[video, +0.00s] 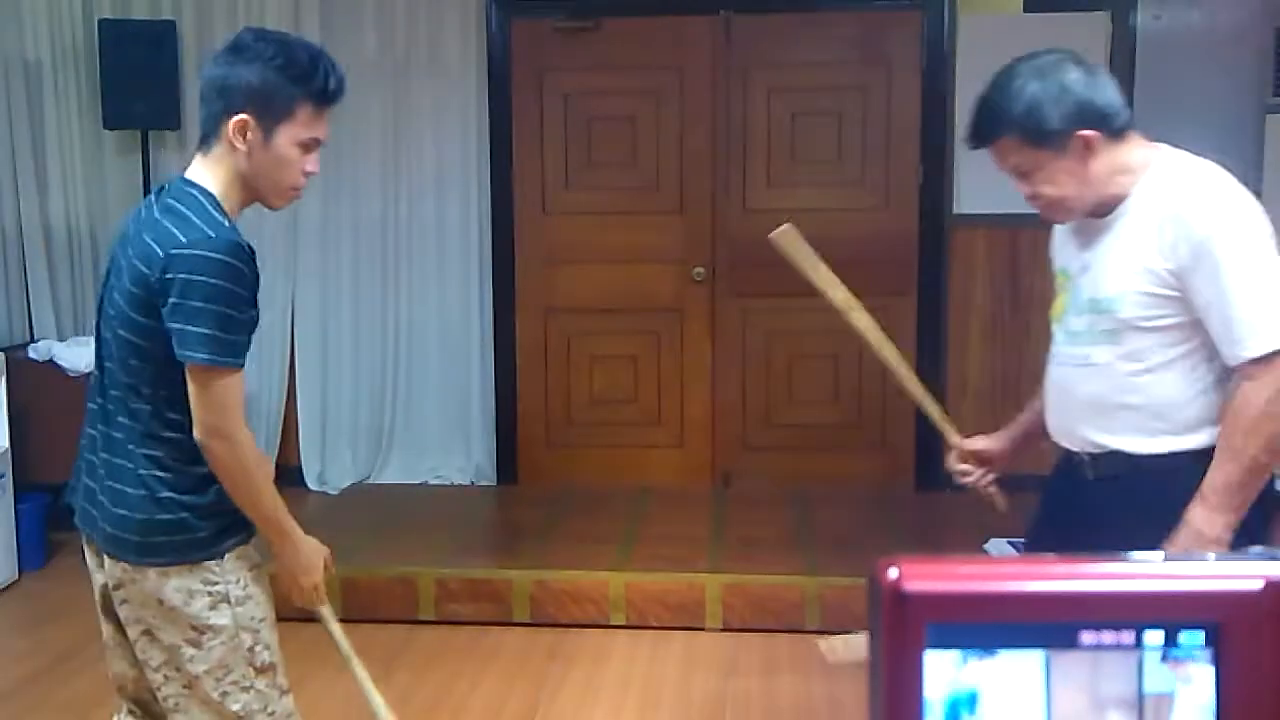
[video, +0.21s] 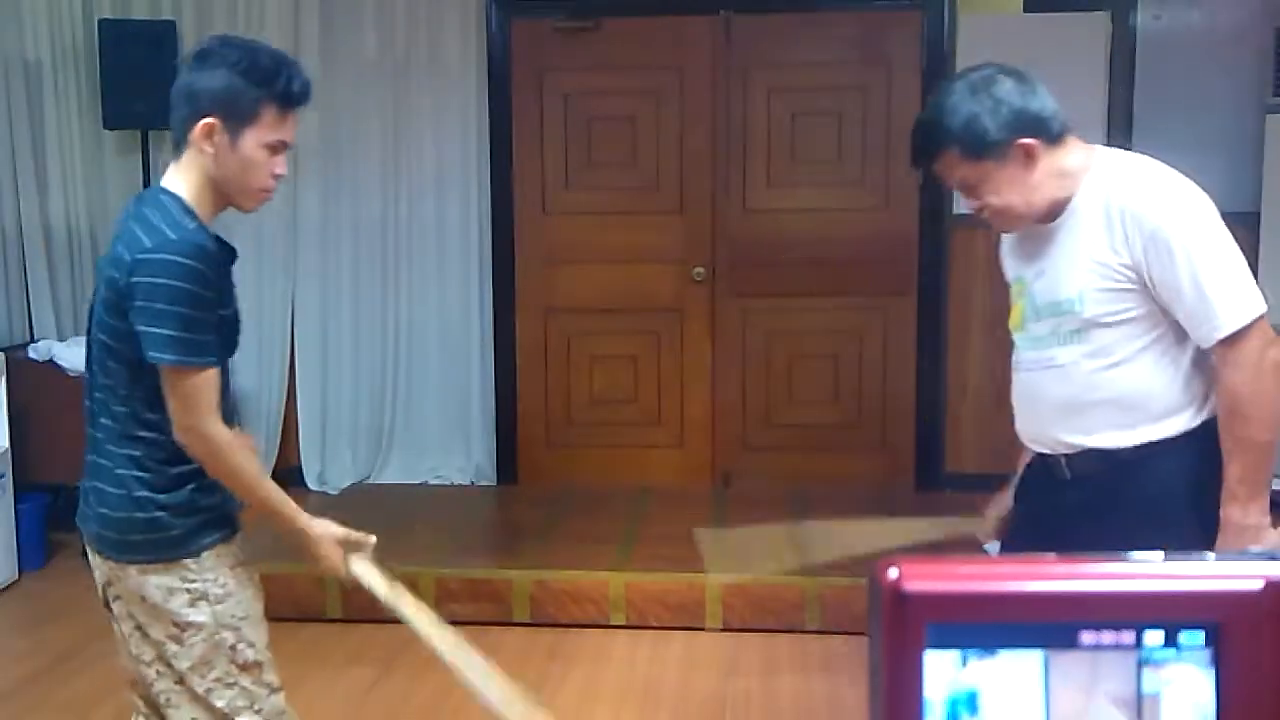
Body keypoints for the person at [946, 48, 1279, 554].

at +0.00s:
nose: (1026, 195)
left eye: (1030, 176)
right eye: (1017, 180)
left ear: (1086, 145)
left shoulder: (1207, 209)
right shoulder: (1075, 219)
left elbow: (1268, 377)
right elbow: (1085, 363)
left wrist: (1207, 527)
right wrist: (1010, 443)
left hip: (1174, 493)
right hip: (1074, 488)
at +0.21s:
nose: (972, 209)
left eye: (974, 189)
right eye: (963, 195)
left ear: (1026, 152)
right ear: (1025, 153)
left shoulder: (1151, 201)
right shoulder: (1020, 229)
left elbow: (1250, 346)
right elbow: (1060, 368)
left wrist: (1246, 518)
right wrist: (1022, 485)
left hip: (1155, 484)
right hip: (1049, 487)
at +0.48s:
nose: (946, 217)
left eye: (947, 197)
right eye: (936, 203)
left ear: (999, 163)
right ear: (1000, 164)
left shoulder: (1128, 200)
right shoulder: (994, 237)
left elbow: (1225, 342)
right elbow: (1045, 369)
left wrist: (1183, 505)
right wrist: (1023, 508)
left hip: (1144, 483)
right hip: (1042, 488)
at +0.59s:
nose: (963, 211)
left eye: (964, 192)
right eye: (955, 197)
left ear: (1019, 161)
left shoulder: (1146, 202)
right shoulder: (1012, 239)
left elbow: (1220, 357)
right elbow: (1041, 381)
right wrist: (979, 481)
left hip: (1175, 491)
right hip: (1053, 492)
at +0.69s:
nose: (996, 206)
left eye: (998, 185)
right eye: (988, 189)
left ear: (1056, 159)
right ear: (1057, 161)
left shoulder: (1180, 208)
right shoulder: (1041, 235)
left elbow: (1223, 370)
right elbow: (1060, 357)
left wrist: (1081, 454)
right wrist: (972, 437)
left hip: (1197, 494)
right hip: (1083, 500)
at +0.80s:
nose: (1040, 204)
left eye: (1046, 183)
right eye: (1035, 185)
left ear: (1109, 164)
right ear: (1109, 166)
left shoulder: (1223, 226)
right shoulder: (1081, 242)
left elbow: (1239, 393)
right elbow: (1080, 373)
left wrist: (1080, 454)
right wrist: (973, 420)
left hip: (1222, 510)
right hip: (1107, 508)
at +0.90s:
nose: (1084, 206)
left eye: (1092, 184)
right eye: (1080, 186)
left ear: (1161, 169)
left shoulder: (1262, 242)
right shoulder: (1122, 258)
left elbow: (1270, 414)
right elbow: (1115, 391)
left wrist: (1119, 492)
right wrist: (1005, 440)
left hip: (1245, 531)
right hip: (1140, 531)